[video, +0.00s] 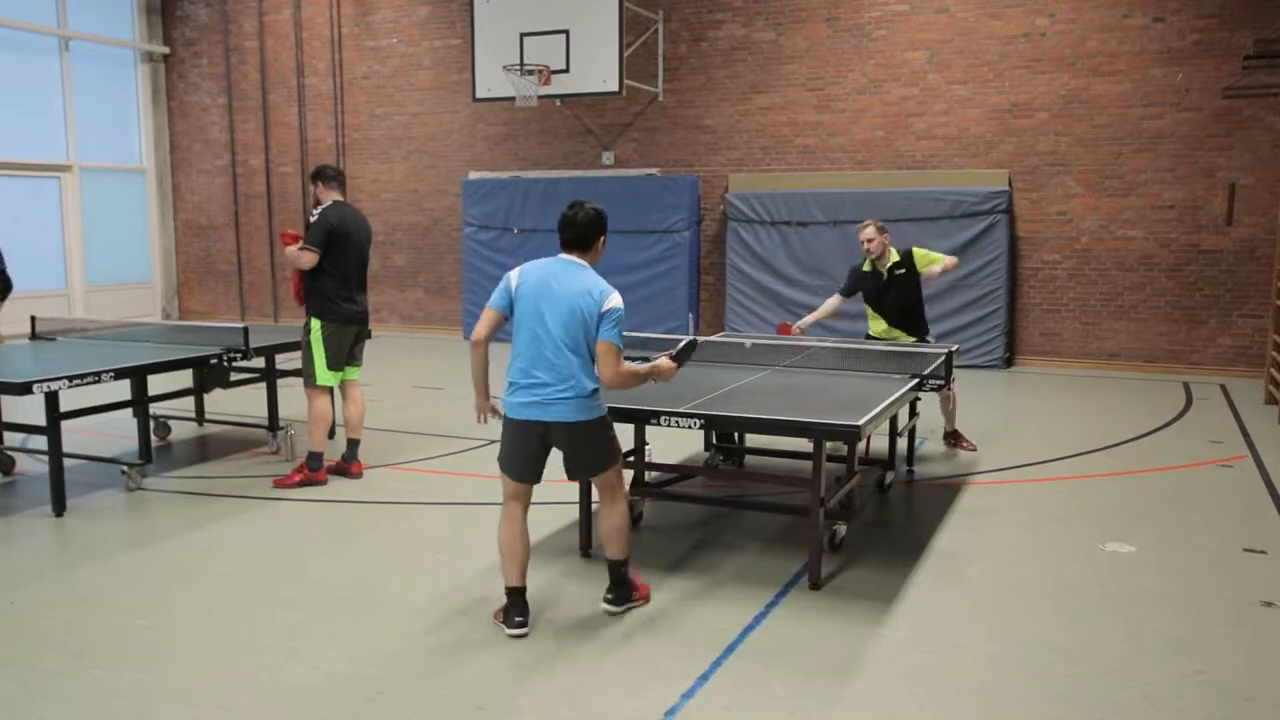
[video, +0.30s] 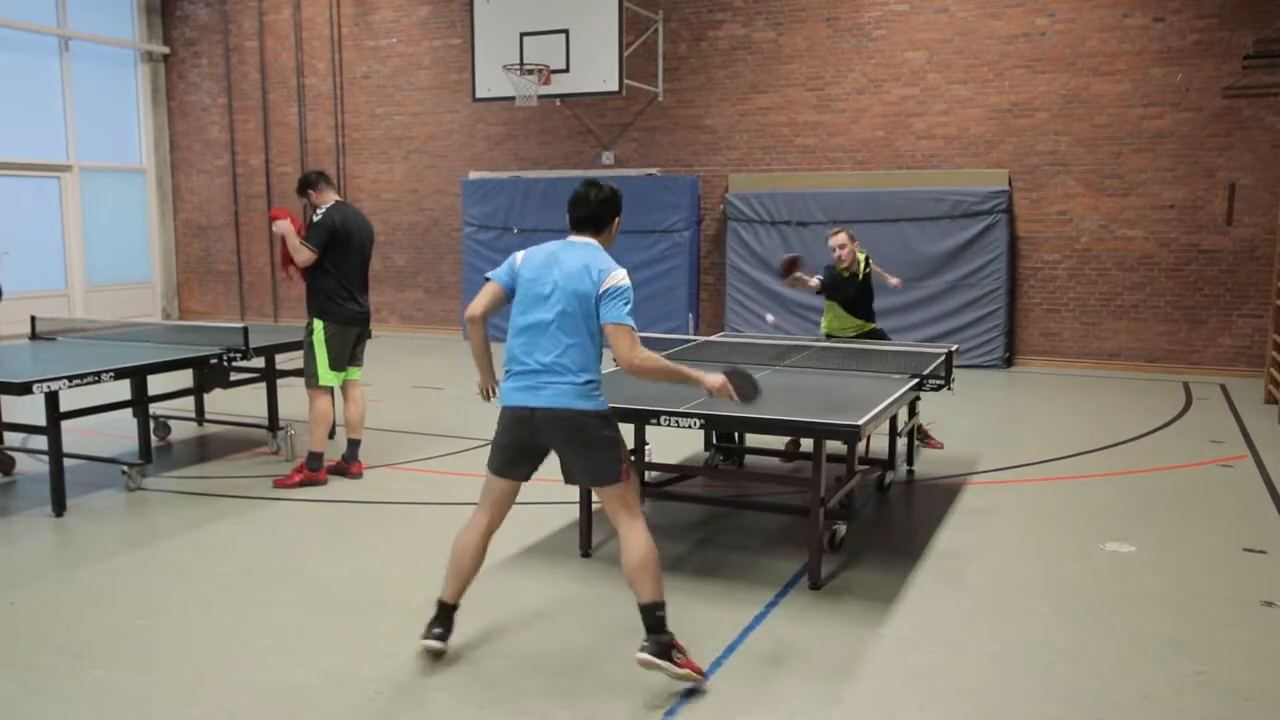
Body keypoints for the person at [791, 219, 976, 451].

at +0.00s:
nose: (866, 247)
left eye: (870, 241)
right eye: (862, 243)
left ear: (886, 238)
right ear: (861, 245)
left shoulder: (910, 257)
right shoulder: (860, 272)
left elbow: (953, 260)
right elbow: (836, 301)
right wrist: (806, 321)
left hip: (916, 340)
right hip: (878, 341)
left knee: (946, 387)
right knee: (861, 388)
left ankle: (951, 432)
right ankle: (860, 441)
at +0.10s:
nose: (862, 236)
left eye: (867, 230)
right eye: (859, 232)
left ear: (882, 229)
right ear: (856, 234)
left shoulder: (906, 247)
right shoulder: (855, 264)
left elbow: (933, 248)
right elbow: (821, 291)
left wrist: (955, 246)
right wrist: (789, 314)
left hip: (905, 334)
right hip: (867, 335)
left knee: (933, 380)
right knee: (852, 384)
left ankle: (951, 429)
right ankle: (855, 435)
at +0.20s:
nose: (850, 232)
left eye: (855, 227)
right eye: (847, 228)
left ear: (870, 226)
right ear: (844, 231)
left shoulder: (882, 245)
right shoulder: (845, 261)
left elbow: (896, 250)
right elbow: (810, 284)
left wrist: (927, 252)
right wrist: (772, 302)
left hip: (887, 330)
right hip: (853, 332)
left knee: (916, 375)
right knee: (828, 376)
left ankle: (941, 423)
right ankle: (805, 423)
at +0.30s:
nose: (839, 253)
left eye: (842, 247)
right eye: (834, 250)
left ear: (855, 246)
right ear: (831, 253)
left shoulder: (863, 260)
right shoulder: (832, 274)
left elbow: (871, 267)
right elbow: (816, 284)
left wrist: (888, 278)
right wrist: (798, 279)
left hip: (866, 330)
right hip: (835, 334)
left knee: (903, 369)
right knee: (817, 381)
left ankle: (915, 426)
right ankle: (796, 436)